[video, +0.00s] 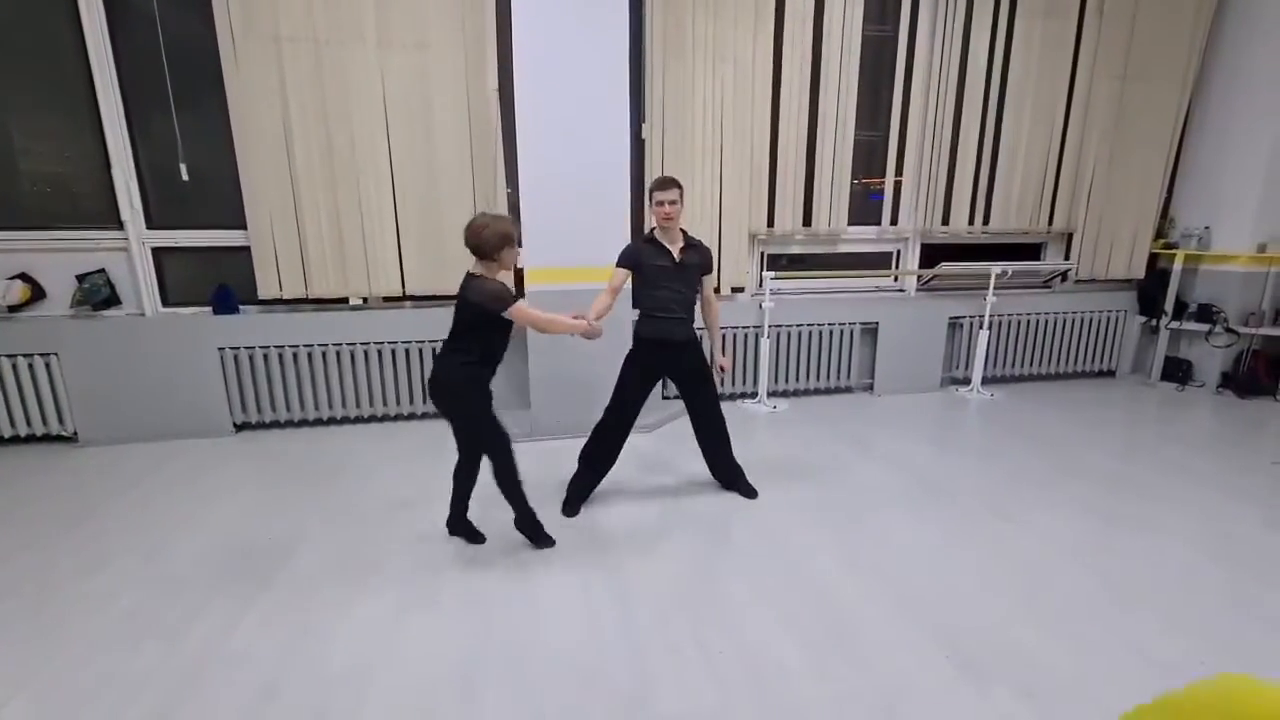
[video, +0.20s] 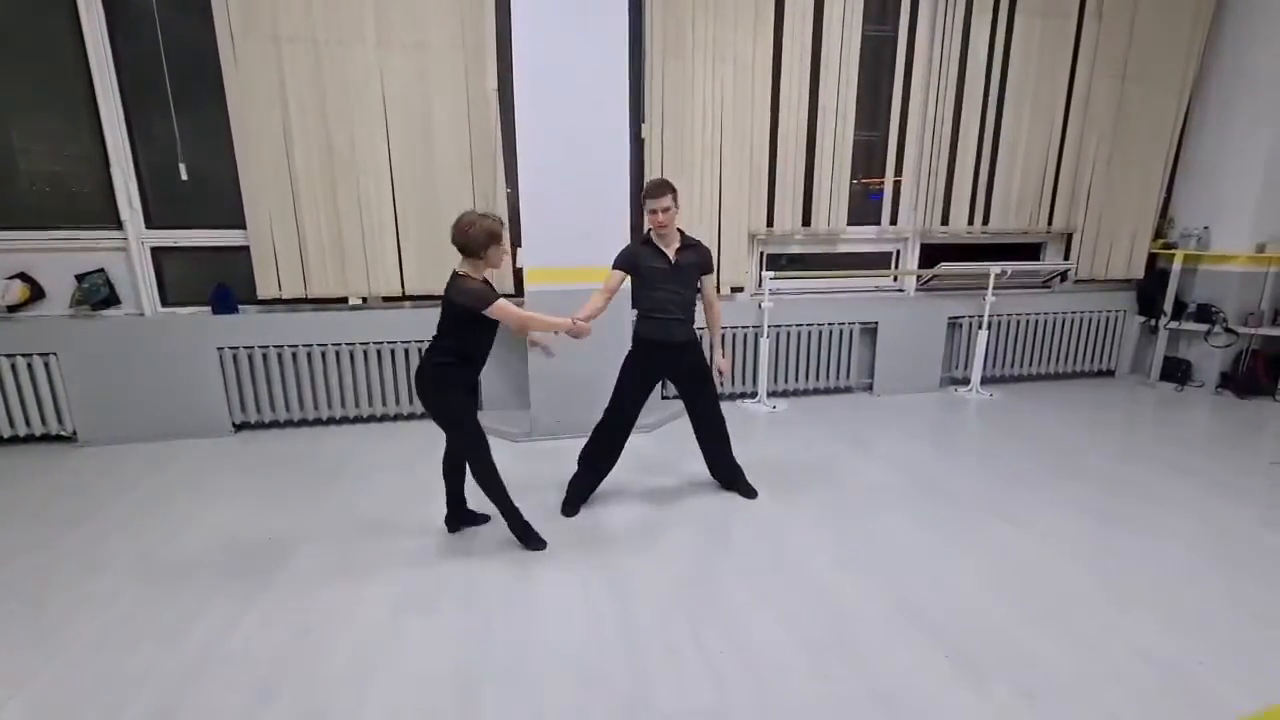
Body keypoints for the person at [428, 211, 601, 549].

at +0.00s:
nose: (518, 251)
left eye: (516, 245)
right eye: (513, 246)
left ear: (484, 253)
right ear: (497, 253)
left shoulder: (478, 283)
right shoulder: (489, 291)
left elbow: (526, 318)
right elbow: (538, 322)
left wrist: (567, 320)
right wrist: (580, 327)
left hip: (453, 382)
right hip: (460, 387)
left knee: (470, 451)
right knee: (499, 445)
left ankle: (457, 517)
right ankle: (526, 519)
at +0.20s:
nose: (506, 252)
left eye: (505, 246)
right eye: (501, 247)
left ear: (475, 251)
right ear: (482, 252)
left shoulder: (479, 280)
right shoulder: (467, 289)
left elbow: (503, 317)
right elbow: (521, 319)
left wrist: (529, 337)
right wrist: (569, 324)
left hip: (459, 378)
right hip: (440, 382)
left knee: (457, 443)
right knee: (477, 448)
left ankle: (456, 511)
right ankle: (516, 522)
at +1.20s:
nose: (476, 248)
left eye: (473, 242)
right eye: (470, 244)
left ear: (442, 252)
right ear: (454, 252)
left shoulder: (435, 280)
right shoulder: (465, 293)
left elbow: (489, 304)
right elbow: (512, 314)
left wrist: (527, 313)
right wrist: (546, 312)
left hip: (463, 374)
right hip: (484, 377)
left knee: (484, 439)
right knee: (519, 439)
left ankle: (459, 511)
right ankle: (523, 514)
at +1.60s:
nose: (473, 255)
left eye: (471, 249)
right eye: (466, 252)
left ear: (450, 259)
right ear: (448, 260)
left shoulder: (454, 288)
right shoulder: (445, 297)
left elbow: (491, 319)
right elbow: (496, 324)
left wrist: (531, 322)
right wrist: (542, 321)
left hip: (450, 381)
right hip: (442, 386)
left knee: (475, 439)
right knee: (495, 438)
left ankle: (458, 512)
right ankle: (536, 505)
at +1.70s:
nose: (472, 257)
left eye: (471, 251)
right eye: (465, 253)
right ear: (446, 261)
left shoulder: (472, 290)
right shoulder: (429, 296)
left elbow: (496, 323)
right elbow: (472, 320)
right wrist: (522, 314)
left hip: (464, 383)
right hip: (435, 388)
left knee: (484, 440)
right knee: (485, 442)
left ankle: (459, 512)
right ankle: (535, 507)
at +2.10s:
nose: (480, 256)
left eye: (478, 250)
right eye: (475, 251)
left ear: (460, 258)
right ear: (457, 259)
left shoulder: (478, 289)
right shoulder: (441, 301)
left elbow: (501, 318)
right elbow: (489, 321)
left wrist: (523, 348)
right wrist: (541, 318)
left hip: (472, 383)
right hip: (448, 388)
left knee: (485, 440)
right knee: (508, 432)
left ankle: (457, 510)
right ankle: (532, 502)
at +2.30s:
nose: (506, 248)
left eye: (504, 242)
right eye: (503, 243)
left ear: (468, 248)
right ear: (492, 248)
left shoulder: (450, 285)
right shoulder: (510, 287)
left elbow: (413, 315)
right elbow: (551, 319)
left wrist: (392, 336)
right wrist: (576, 334)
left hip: (466, 379)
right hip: (503, 379)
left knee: (484, 436)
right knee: (538, 433)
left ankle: (461, 507)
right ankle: (552, 507)